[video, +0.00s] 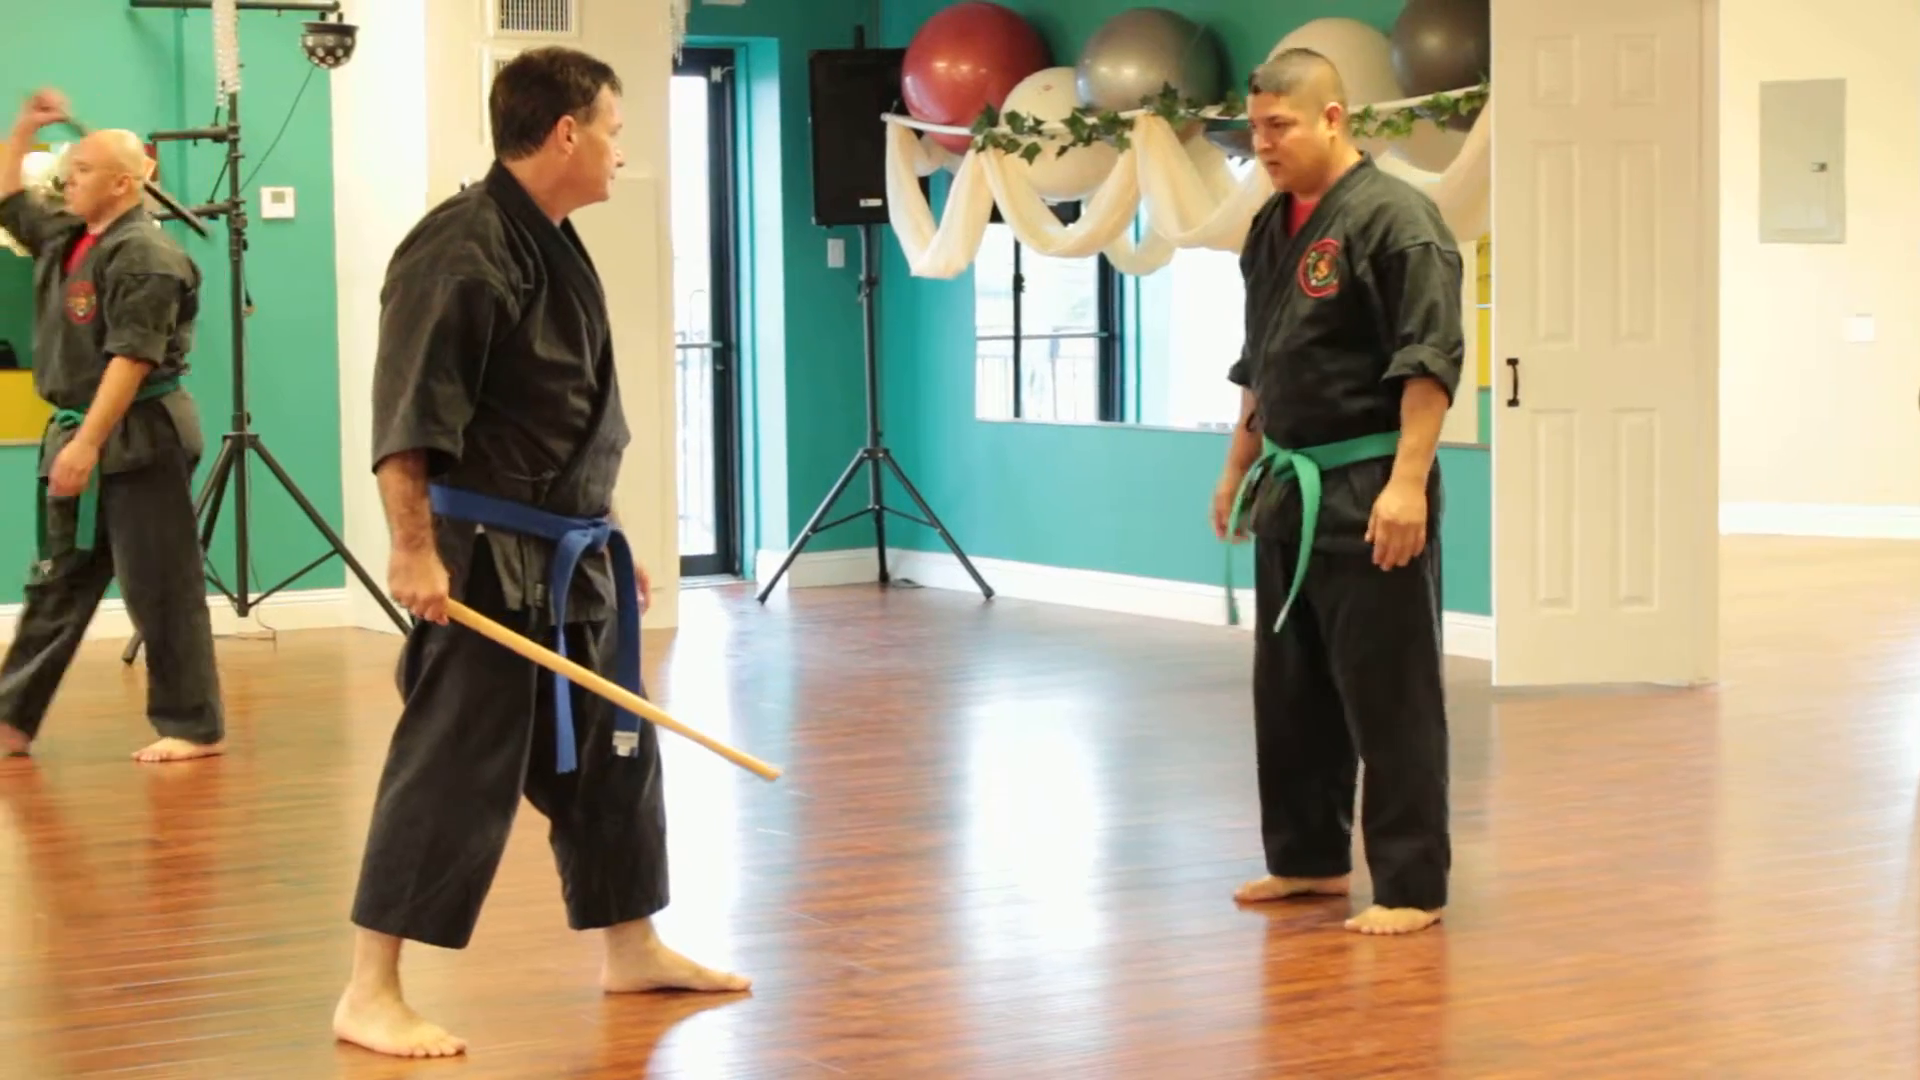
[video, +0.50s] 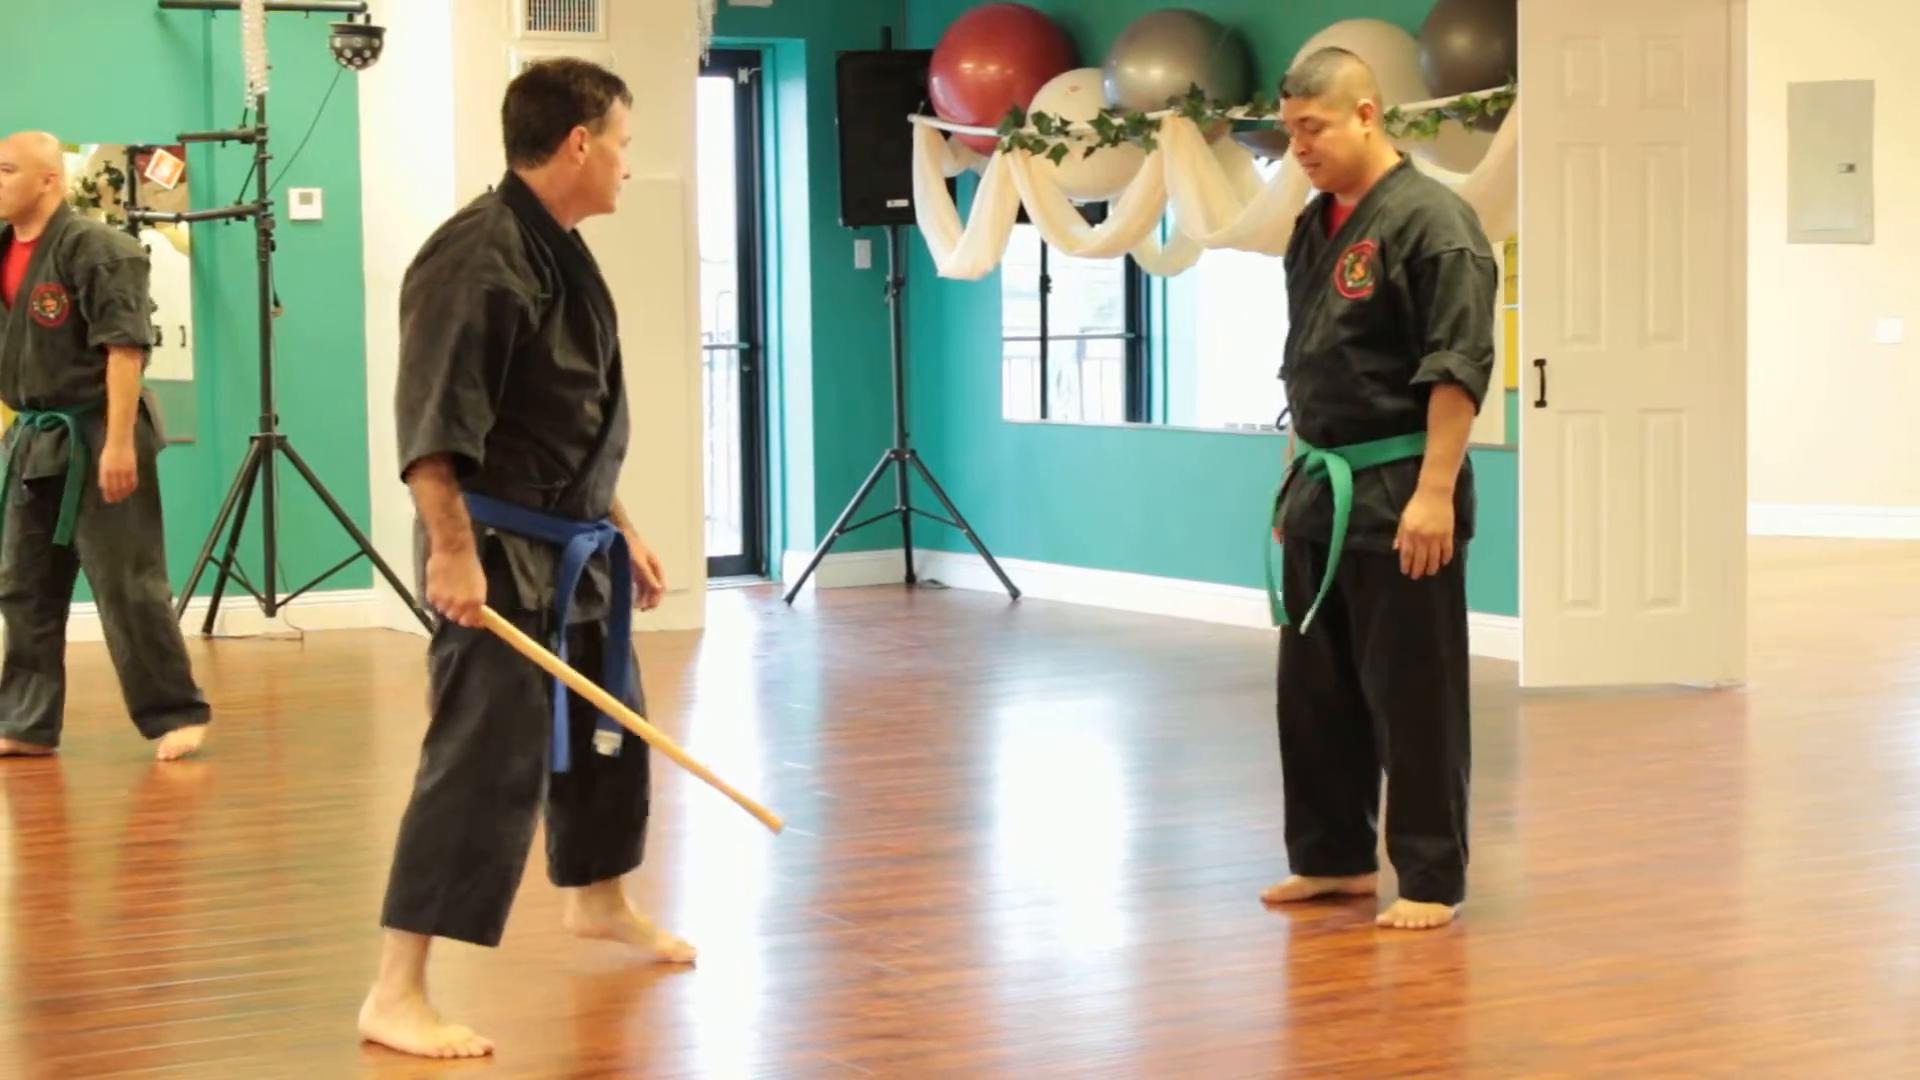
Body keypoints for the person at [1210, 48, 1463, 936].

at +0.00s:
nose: (1262, 144)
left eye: (1277, 127)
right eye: (1256, 129)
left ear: (1334, 119)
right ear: (1259, 131)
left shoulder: (1398, 216)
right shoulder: (1271, 224)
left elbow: (1432, 365)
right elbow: (1261, 364)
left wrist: (1408, 483)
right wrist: (1238, 464)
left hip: (1372, 479)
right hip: (1288, 480)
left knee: (1389, 690)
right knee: (1295, 682)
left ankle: (1410, 888)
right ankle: (1310, 862)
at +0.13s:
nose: (1252, 142)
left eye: (1268, 124)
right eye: (1245, 127)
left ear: (1325, 119)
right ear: (1247, 133)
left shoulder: (1389, 216)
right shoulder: (1263, 228)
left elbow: (1426, 362)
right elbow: (1258, 365)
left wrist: (1406, 482)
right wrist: (1223, 463)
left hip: (1374, 478)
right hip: (1288, 479)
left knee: (1392, 686)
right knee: (1295, 680)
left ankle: (1410, 881)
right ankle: (1312, 862)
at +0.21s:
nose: (1257, 141)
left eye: (1273, 123)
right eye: (1250, 126)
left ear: (1330, 119)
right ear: (1253, 133)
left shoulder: (1395, 216)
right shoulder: (1271, 229)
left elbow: (1433, 363)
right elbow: (1264, 367)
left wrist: (1410, 484)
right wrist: (1229, 465)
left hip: (1383, 476)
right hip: (1296, 477)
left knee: (1399, 684)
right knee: (1303, 681)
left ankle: (1418, 877)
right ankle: (1320, 863)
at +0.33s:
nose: (1276, 139)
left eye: (1292, 122)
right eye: (1271, 125)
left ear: (1349, 117)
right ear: (1276, 131)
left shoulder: (1415, 216)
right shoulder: (1291, 228)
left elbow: (1447, 366)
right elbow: (1283, 367)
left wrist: (1423, 487)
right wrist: (1252, 471)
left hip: (1393, 479)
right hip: (1307, 480)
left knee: (1409, 685)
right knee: (1314, 680)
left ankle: (1425, 882)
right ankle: (1330, 864)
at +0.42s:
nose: (1289, 143)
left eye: (1303, 125)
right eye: (1282, 129)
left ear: (1359, 116)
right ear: (1289, 132)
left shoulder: (1425, 217)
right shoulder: (1304, 226)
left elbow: (1451, 368)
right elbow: (1295, 367)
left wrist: (1429, 490)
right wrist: (1270, 471)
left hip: (1398, 478)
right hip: (1312, 479)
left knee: (1412, 688)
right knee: (1317, 680)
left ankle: (1428, 883)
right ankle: (1333, 862)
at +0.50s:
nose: (1298, 149)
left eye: (1311, 130)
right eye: (1291, 134)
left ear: (1367, 116)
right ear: (1298, 133)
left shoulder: (1435, 218)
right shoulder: (1315, 222)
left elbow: (1458, 369)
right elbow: (1310, 361)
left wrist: (1436, 491)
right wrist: (1297, 469)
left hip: (1404, 475)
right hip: (1321, 475)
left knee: (1414, 687)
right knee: (1318, 679)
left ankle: (1430, 882)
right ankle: (1334, 862)